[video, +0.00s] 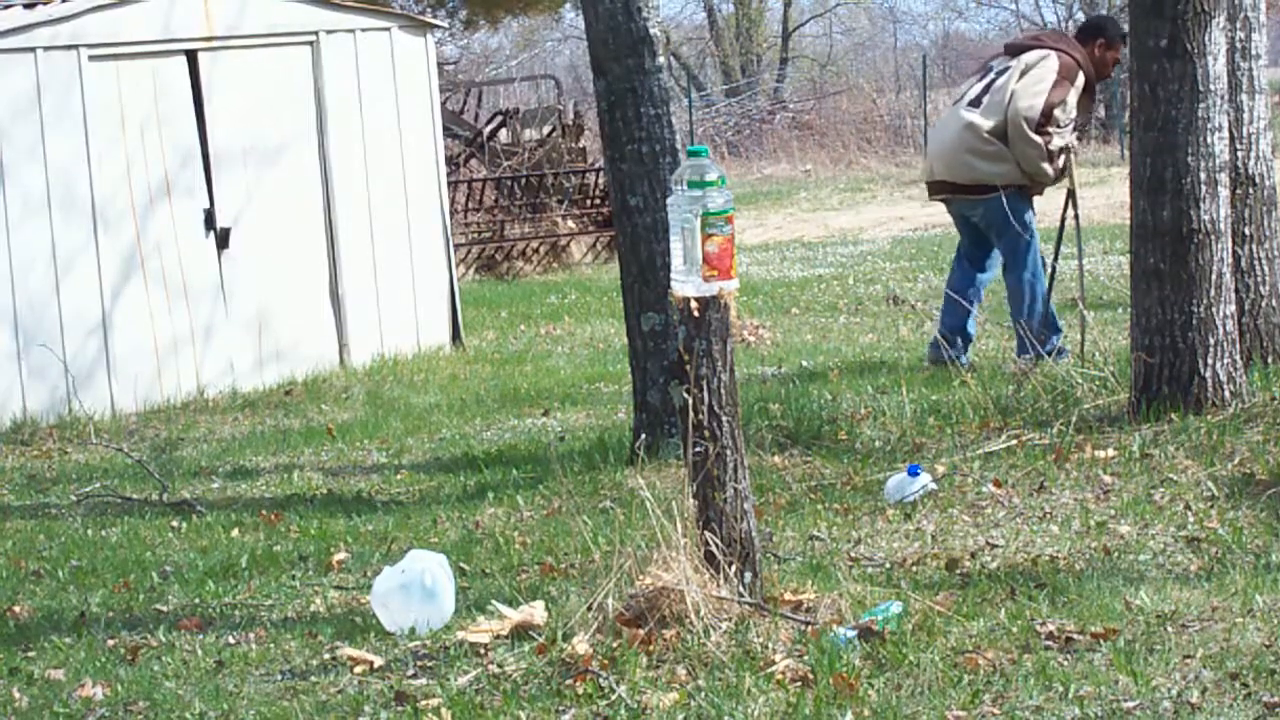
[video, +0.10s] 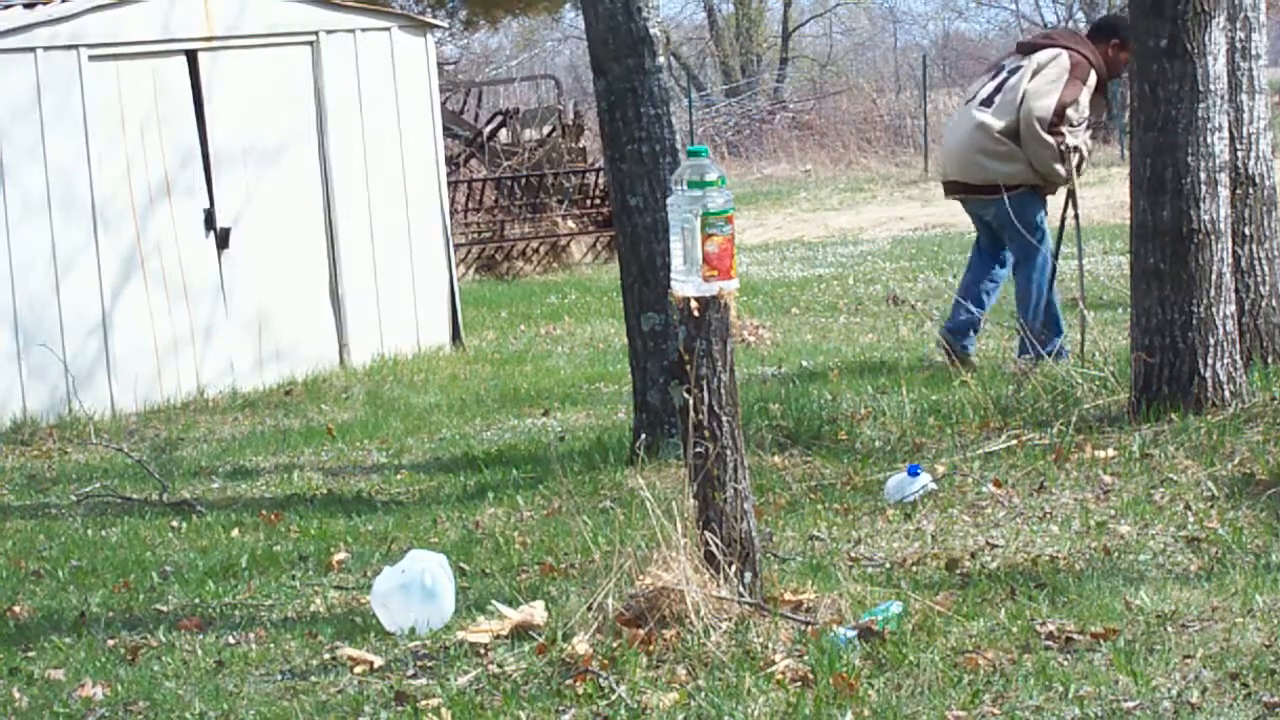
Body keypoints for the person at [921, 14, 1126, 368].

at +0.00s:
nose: (1113, 71)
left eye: (1116, 63)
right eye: (1114, 61)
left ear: (1093, 45)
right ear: (1098, 47)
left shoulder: (1026, 53)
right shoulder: (1064, 62)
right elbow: (1027, 117)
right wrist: (1048, 171)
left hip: (944, 162)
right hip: (985, 165)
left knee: (976, 252)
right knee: (1023, 254)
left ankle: (948, 349)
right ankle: (1040, 350)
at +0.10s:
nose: (1125, 69)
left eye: (1128, 61)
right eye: (1126, 58)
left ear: (1103, 43)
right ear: (1112, 46)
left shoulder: (1039, 50)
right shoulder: (1076, 61)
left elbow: (981, 100)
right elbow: (1040, 118)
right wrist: (1058, 172)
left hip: (961, 164)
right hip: (999, 167)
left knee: (992, 248)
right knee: (1034, 254)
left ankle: (957, 337)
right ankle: (1043, 353)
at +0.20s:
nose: (1131, 68)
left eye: (1134, 61)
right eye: (1133, 59)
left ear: (1104, 38)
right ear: (1122, 48)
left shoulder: (1049, 49)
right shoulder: (1086, 62)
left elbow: (984, 98)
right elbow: (1049, 116)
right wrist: (1066, 176)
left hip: (971, 157)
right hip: (1006, 159)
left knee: (1013, 243)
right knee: (1042, 256)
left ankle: (979, 317)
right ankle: (1044, 354)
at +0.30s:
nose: (1133, 67)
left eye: (1135, 61)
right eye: (1136, 59)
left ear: (1109, 36)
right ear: (1127, 49)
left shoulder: (1061, 48)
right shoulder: (1097, 60)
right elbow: (1059, 112)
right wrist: (1070, 176)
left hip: (979, 156)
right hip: (1014, 157)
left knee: (1045, 246)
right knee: (1042, 255)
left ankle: (1012, 324)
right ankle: (1043, 355)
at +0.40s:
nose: (1138, 66)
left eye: (1139, 61)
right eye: (1141, 59)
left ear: (1114, 35)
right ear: (1132, 48)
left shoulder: (1064, 50)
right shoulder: (1104, 59)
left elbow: (998, 99)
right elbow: (1071, 112)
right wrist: (1081, 176)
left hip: (986, 156)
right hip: (1021, 157)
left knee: (1058, 253)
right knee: (1052, 259)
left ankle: (1060, 345)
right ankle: (1040, 354)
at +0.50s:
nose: (1144, 64)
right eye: (1147, 57)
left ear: (1118, 32)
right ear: (1136, 46)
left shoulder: (1070, 51)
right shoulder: (1109, 57)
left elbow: (1009, 101)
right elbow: (1077, 109)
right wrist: (1094, 170)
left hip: (997, 159)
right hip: (1034, 161)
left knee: (1063, 251)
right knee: (1063, 257)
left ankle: (1088, 335)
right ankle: (1041, 354)